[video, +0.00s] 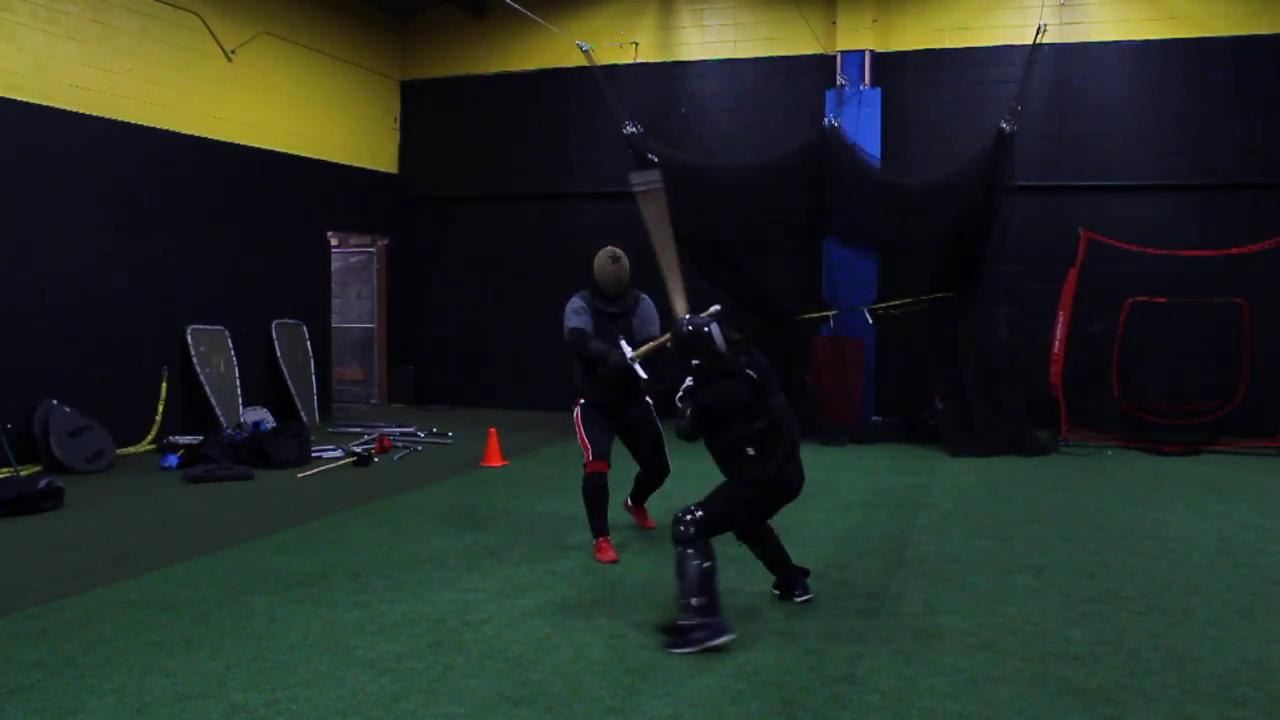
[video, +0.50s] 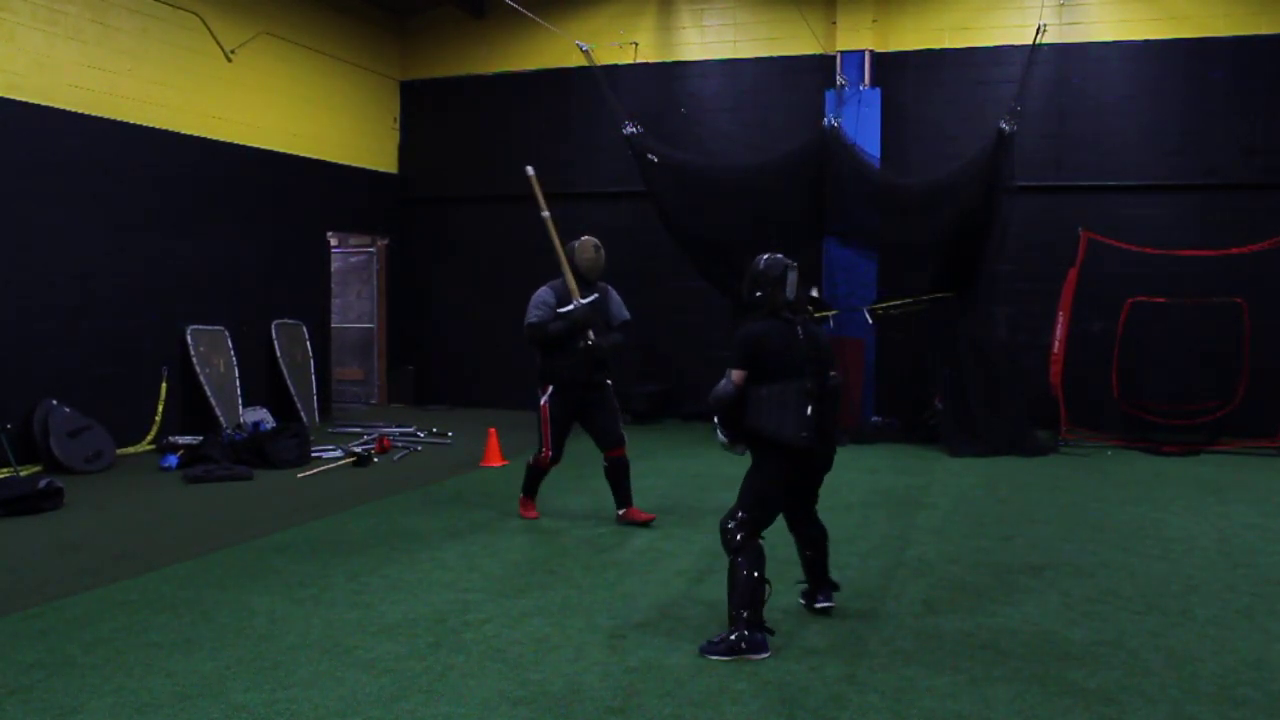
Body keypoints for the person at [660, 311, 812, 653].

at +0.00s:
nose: (686, 360)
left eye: (688, 354)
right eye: (686, 353)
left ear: (698, 356)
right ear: (722, 343)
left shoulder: (708, 391)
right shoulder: (752, 366)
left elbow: (688, 431)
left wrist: (686, 397)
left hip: (756, 482)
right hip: (786, 475)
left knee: (689, 525)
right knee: (744, 518)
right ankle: (792, 580)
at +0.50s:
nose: (749, 293)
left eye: (752, 287)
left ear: (755, 290)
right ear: (793, 289)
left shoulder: (753, 333)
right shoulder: (813, 333)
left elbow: (732, 391)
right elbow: (827, 386)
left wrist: (714, 408)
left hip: (777, 452)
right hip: (815, 450)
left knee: (738, 527)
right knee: (802, 512)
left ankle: (748, 629)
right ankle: (820, 589)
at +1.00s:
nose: (827, 282)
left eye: (830, 274)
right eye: (833, 274)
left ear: (834, 278)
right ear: (869, 279)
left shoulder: (837, 321)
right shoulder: (880, 322)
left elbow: (813, 378)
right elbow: (866, 378)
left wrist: (796, 381)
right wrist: (814, 366)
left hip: (852, 437)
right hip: (878, 435)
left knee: (817, 521)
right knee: (847, 516)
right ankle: (846, 600)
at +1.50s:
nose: (863, 288)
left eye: (867, 281)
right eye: (865, 280)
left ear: (879, 284)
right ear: (902, 283)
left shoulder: (890, 325)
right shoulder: (911, 320)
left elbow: (878, 384)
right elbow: (900, 379)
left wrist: (849, 409)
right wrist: (858, 374)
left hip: (908, 435)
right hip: (918, 430)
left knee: (887, 523)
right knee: (893, 502)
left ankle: (907, 621)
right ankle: (900, 570)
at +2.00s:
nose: (896, 280)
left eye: (902, 274)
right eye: (899, 273)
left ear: (916, 279)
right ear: (927, 280)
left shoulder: (927, 317)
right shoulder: (920, 315)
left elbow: (926, 372)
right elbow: (918, 368)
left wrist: (894, 402)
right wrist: (887, 367)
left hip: (943, 422)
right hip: (929, 420)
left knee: (926, 498)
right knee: (911, 494)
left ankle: (967, 582)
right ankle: (904, 578)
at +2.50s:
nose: (908, 298)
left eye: (914, 291)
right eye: (908, 290)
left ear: (930, 294)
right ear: (928, 294)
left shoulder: (955, 330)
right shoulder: (922, 330)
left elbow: (960, 385)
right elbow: (918, 380)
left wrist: (926, 405)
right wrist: (895, 374)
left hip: (960, 425)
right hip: (934, 423)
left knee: (948, 495)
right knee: (911, 484)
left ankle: (967, 581)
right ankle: (915, 547)